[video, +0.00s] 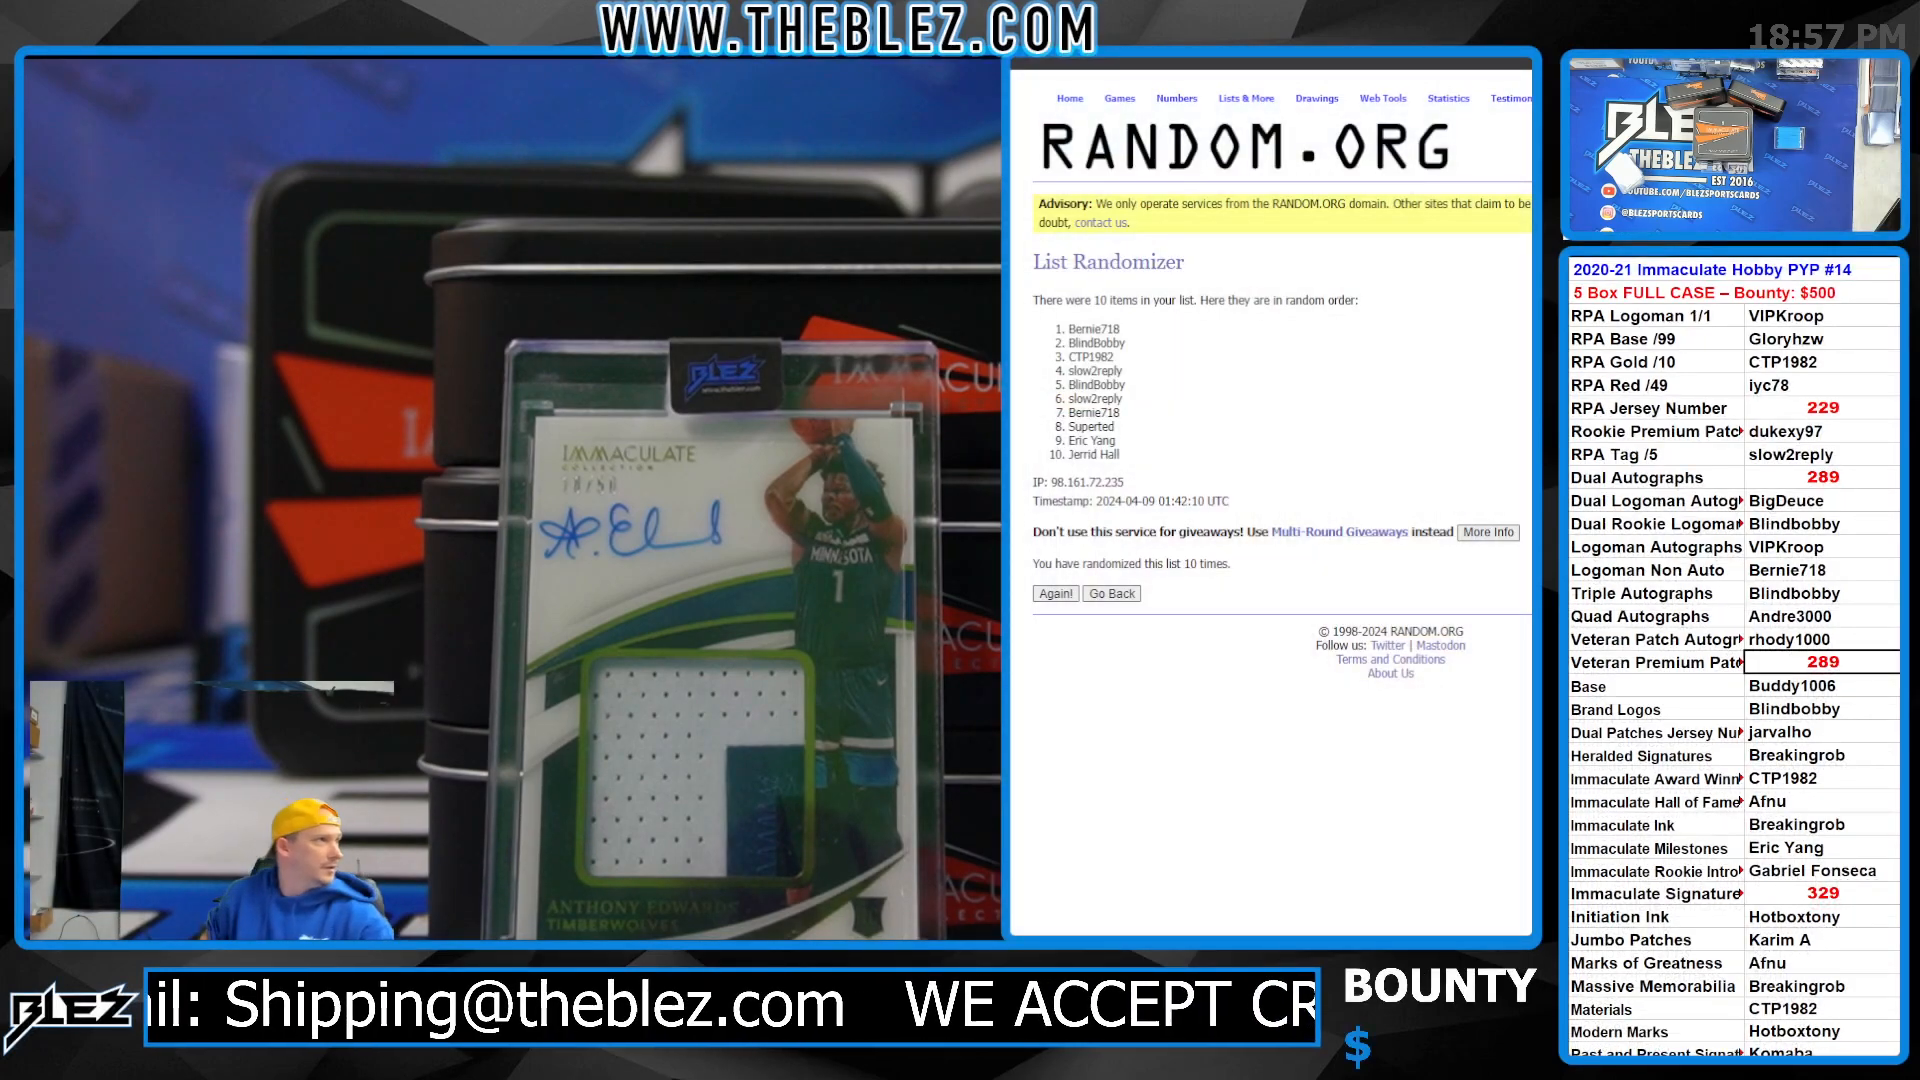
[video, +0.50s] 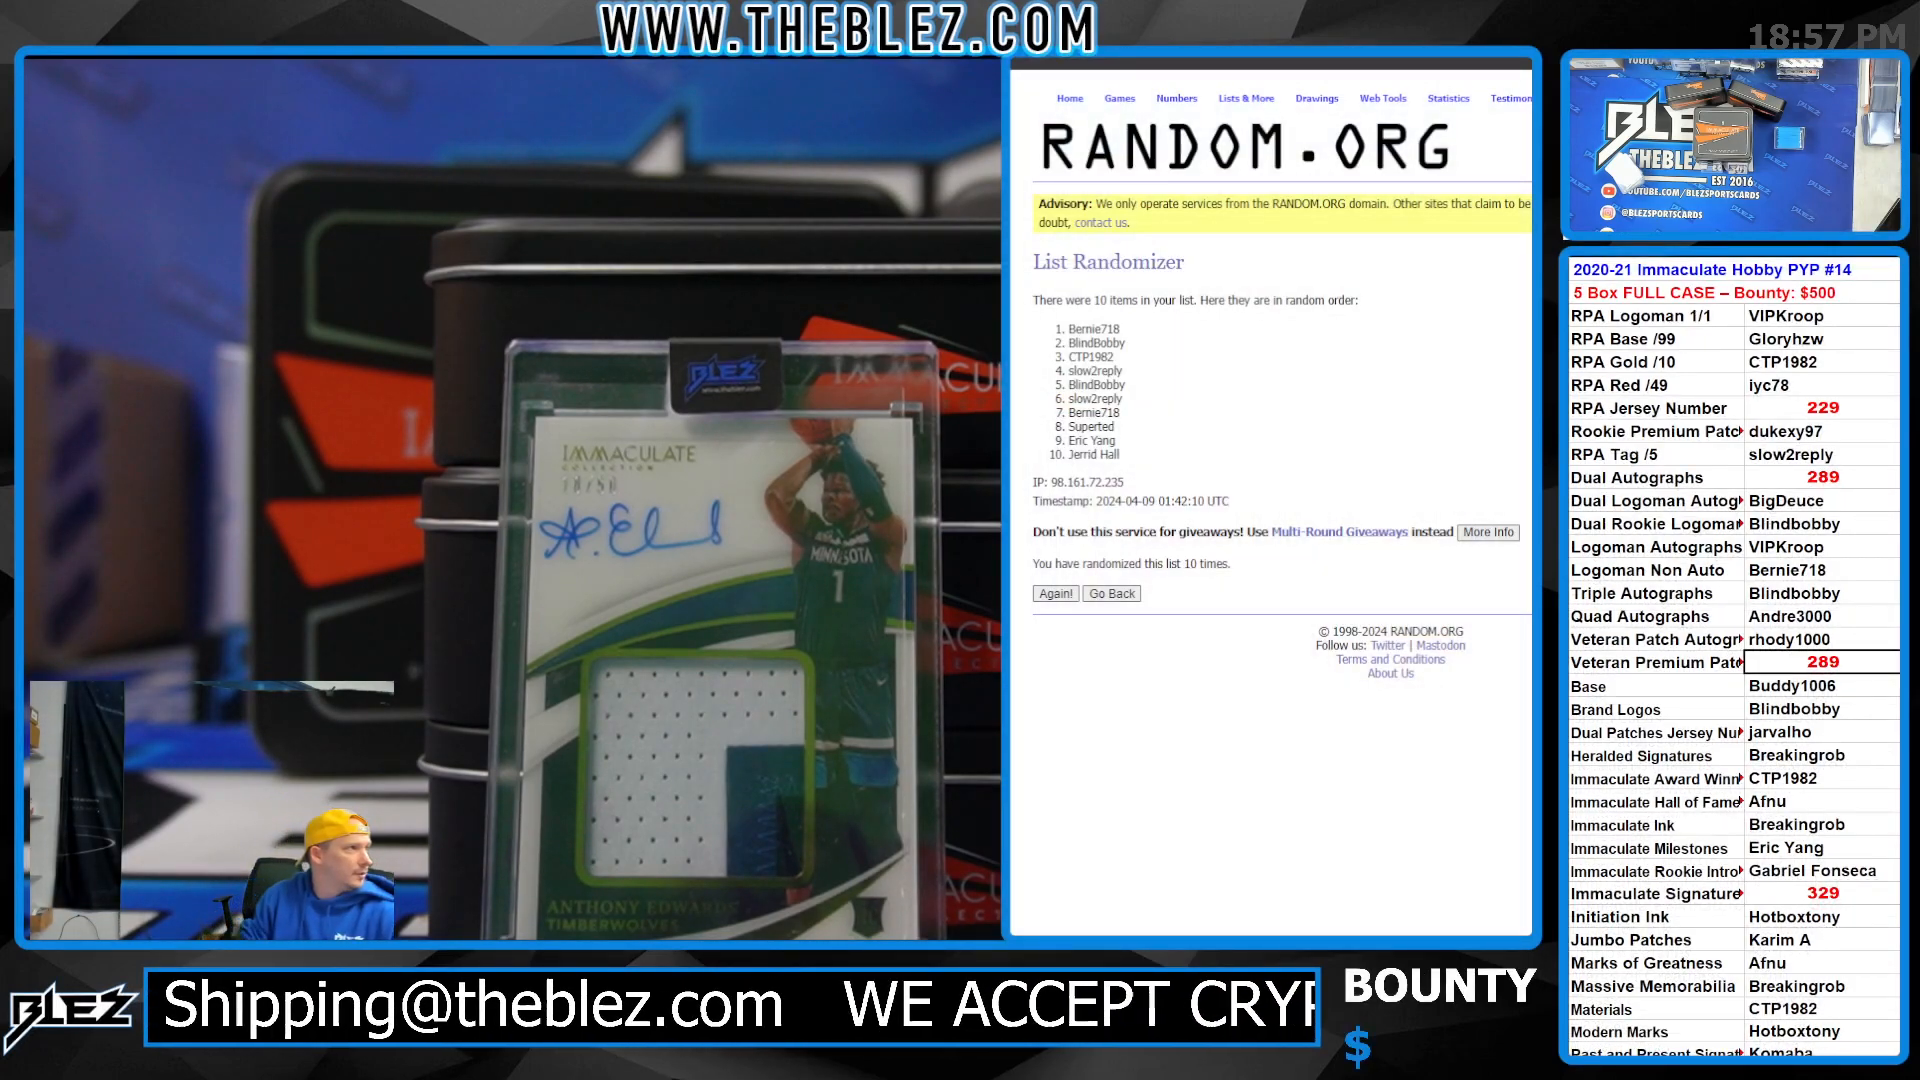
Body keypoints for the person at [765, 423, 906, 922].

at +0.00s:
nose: (835, 495)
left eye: (845, 488)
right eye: (829, 487)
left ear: (863, 495)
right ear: (821, 493)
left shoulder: (884, 539)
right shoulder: (809, 533)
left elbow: (880, 505)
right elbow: (776, 496)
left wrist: (846, 449)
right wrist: (813, 460)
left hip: (866, 675)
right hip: (813, 673)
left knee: (870, 789)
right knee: (818, 787)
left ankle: (872, 894)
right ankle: (823, 887)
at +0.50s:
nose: (835, 496)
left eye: (844, 489)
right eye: (829, 489)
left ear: (862, 495)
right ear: (822, 495)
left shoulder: (884, 539)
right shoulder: (810, 532)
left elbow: (875, 496)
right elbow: (776, 496)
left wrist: (845, 446)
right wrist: (815, 459)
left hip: (866, 676)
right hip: (813, 676)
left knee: (873, 792)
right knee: (818, 791)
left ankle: (871, 892)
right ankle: (819, 883)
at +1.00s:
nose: (835, 496)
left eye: (844, 489)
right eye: (830, 489)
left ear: (863, 495)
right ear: (822, 496)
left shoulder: (884, 539)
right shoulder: (810, 532)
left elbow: (875, 497)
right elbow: (776, 496)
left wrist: (844, 445)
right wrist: (815, 459)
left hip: (865, 678)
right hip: (813, 677)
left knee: (873, 794)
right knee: (818, 793)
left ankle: (871, 893)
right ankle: (818, 886)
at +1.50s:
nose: (835, 496)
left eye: (844, 489)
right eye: (829, 488)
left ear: (862, 494)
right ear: (822, 495)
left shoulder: (884, 539)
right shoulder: (810, 532)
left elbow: (875, 497)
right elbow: (776, 496)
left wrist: (844, 445)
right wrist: (815, 459)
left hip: (865, 679)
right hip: (813, 678)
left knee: (873, 796)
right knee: (818, 794)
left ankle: (873, 896)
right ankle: (818, 887)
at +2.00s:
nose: (835, 497)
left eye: (843, 490)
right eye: (829, 490)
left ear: (862, 495)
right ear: (822, 496)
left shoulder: (884, 539)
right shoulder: (811, 533)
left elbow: (876, 496)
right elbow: (776, 496)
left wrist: (843, 445)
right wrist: (815, 459)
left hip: (865, 679)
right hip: (813, 679)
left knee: (873, 797)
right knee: (820, 795)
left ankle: (873, 895)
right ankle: (820, 888)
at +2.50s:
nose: (834, 497)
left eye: (843, 490)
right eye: (829, 490)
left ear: (862, 495)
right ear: (821, 495)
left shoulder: (883, 539)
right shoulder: (810, 533)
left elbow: (875, 496)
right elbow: (776, 496)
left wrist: (844, 445)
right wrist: (814, 460)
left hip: (865, 678)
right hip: (812, 676)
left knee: (872, 795)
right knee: (816, 793)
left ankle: (871, 895)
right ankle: (816, 887)